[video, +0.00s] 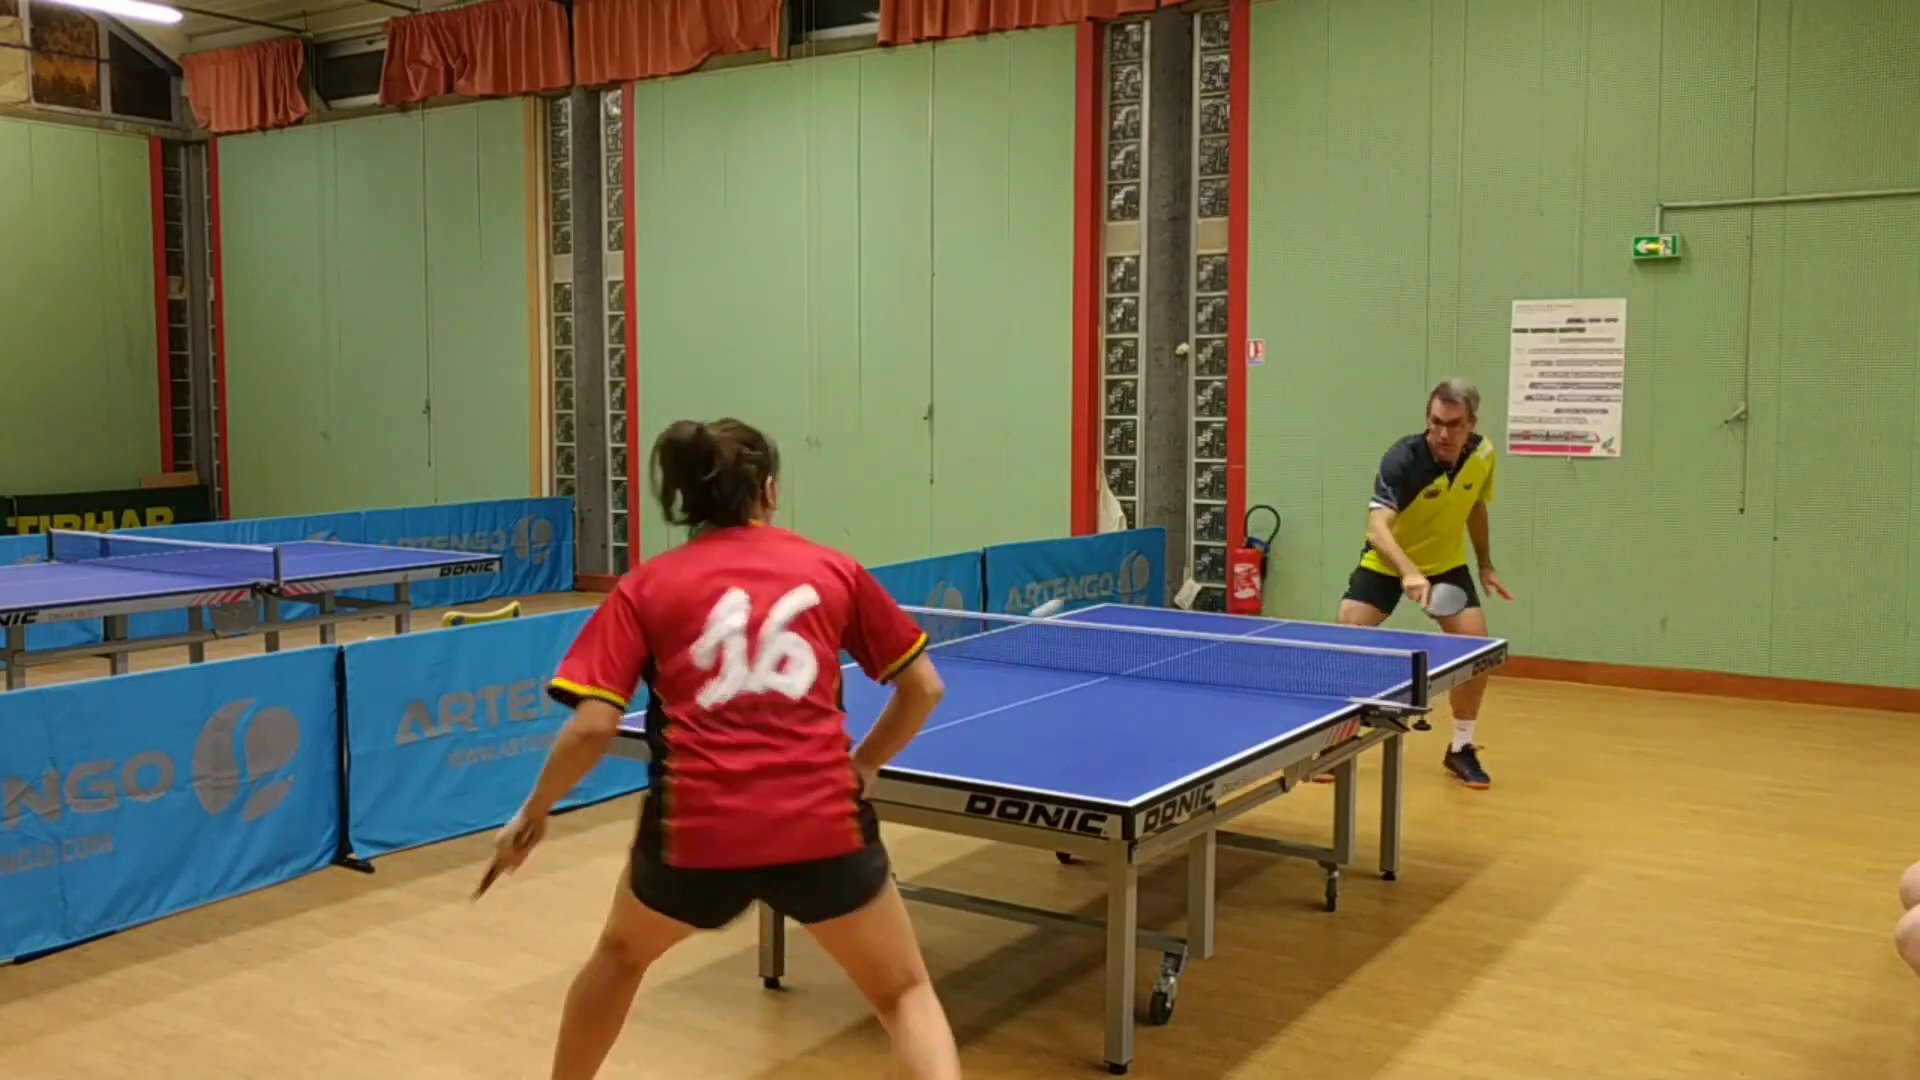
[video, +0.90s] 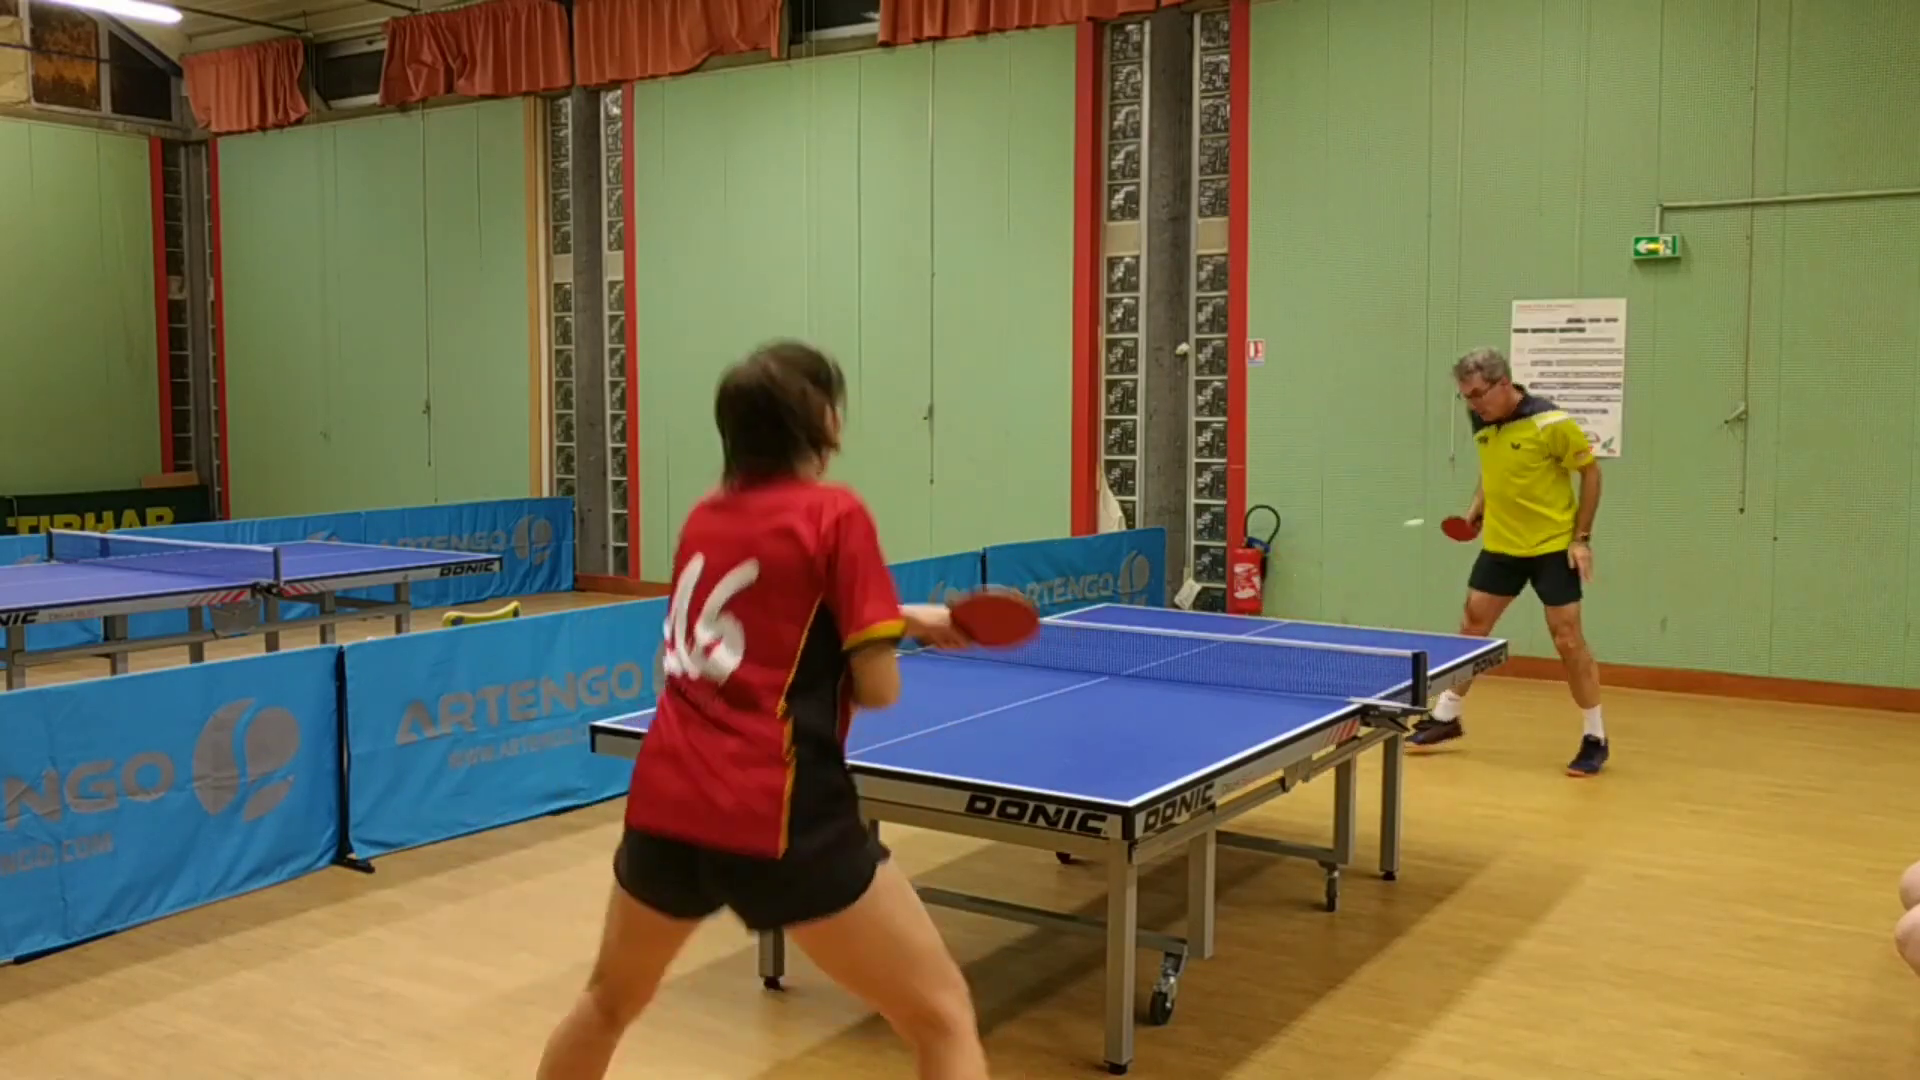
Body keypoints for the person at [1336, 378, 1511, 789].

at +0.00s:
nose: (1443, 434)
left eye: (1454, 426)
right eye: (1436, 423)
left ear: (1472, 424)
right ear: (1426, 419)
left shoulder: (1482, 455)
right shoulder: (1404, 456)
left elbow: (1477, 508)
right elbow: (1376, 524)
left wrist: (1486, 565)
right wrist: (1408, 571)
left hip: (1446, 563)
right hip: (1387, 560)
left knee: (1475, 646)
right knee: (1349, 633)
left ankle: (1462, 748)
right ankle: (1338, 741)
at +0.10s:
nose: (1426, 434)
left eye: (1436, 425)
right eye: (1420, 424)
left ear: (1455, 423)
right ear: (1411, 420)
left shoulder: (1470, 455)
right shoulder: (1388, 462)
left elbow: (1473, 508)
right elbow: (1359, 533)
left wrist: (1489, 567)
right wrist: (1386, 576)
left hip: (1449, 565)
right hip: (1391, 569)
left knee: (1496, 644)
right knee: (1354, 647)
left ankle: (1487, 741)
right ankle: (1340, 743)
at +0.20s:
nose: (1414, 440)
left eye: (1424, 430)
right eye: (1408, 429)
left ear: (1445, 429)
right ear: (1400, 427)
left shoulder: (1468, 463)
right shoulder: (1378, 473)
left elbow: (1484, 517)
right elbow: (1350, 538)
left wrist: (1503, 575)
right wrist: (1363, 583)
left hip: (1457, 573)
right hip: (1395, 575)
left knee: (1511, 653)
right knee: (1357, 644)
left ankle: (1534, 739)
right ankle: (1341, 743)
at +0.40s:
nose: (1425, 441)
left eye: (1435, 431)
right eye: (1419, 432)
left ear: (1457, 429)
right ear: (1412, 432)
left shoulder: (1494, 467)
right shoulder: (1404, 476)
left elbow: (1530, 521)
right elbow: (1385, 534)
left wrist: (1544, 587)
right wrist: (1371, 578)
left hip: (1495, 581)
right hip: (1433, 578)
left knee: (1548, 669)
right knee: (1391, 638)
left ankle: (1578, 748)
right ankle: (1344, 740)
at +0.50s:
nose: (1439, 435)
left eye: (1448, 424)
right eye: (1432, 425)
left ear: (1471, 421)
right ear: (1427, 426)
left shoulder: (1514, 456)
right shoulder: (1428, 466)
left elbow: (1555, 510)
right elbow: (1413, 523)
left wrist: (1558, 574)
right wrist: (1397, 565)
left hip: (1522, 570)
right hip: (1459, 567)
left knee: (1560, 665)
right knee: (1412, 628)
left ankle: (1583, 747)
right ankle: (1381, 726)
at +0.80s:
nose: (1463, 419)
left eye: (1470, 408)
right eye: (1457, 411)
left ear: (1496, 400)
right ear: (1453, 409)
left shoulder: (1541, 436)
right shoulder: (1458, 439)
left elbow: (1577, 490)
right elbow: (1461, 490)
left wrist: (1582, 553)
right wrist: (1447, 543)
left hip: (1544, 552)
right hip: (1487, 554)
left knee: (1565, 646)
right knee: (1459, 627)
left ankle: (1586, 740)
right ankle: (1433, 729)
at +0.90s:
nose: (1472, 406)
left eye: (1477, 396)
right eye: (1467, 398)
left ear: (1504, 384)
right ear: (1470, 394)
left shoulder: (1551, 422)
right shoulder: (1482, 423)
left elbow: (1592, 473)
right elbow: (1493, 471)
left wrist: (1581, 538)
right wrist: (1476, 510)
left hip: (1552, 548)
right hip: (1501, 547)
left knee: (1567, 641)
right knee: (1473, 622)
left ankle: (1595, 736)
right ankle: (1446, 715)